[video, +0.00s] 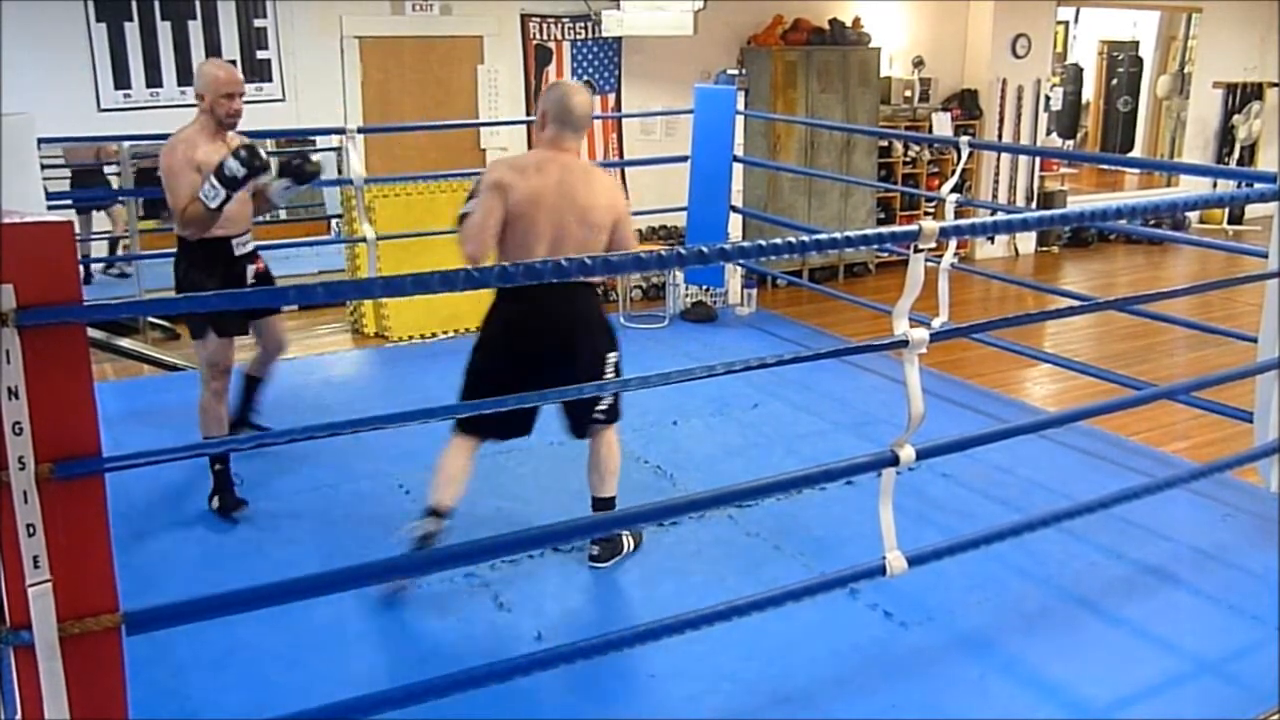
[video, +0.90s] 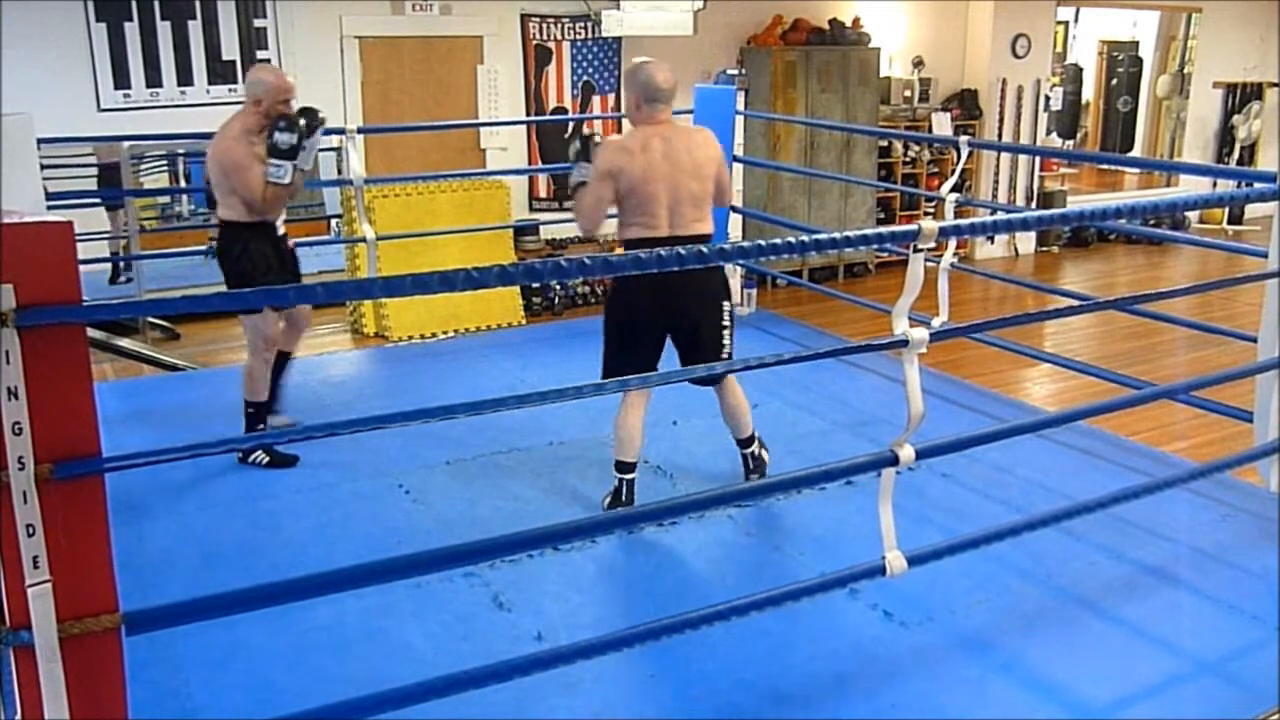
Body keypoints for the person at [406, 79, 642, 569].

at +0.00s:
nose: (533, 124)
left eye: (536, 117)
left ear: (541, 122)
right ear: (588, 127)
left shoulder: (505, 174)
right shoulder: (606, 185)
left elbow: (474, 251)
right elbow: (628, 260)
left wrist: (475, 206)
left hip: (515, 318)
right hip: (582, 319)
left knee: (469, 429)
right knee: (603, 425)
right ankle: (604, 537)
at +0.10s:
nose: (546, 102)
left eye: (549, 95)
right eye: (551, 94)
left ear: (556, 101)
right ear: (606, 106)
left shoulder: (526, 153)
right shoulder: (626, 163)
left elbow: (496, 233)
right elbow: (641, 234)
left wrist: (487, 193)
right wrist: (597, 219)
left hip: (538, 306)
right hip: (605, 305)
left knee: (511, 413)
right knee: (612, 417)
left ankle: (501, 515)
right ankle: (609, 532)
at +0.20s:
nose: (556, 91)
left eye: (560, 83)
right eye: (563, 83)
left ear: (567, 89)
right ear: (613, 93)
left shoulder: (538, 138)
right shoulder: (637, 146)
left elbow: (505, 213)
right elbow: (653, 211)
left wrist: (499, 173)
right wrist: (606, 196)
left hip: (554, 291)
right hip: (621, 288)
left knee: (559, 404)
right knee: (619, 413)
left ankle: (564, 509)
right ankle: (614, 526)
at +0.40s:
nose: (571, 109)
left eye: (572, 102)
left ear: (574, 105)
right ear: (620, 104)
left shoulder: (550, 160)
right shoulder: (651, 154)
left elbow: (524, 242)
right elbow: (676, 219)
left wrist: (519, 198)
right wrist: (633, 205)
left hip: (584, 299)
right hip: (646, 293)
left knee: (608, 401)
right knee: (668, 395)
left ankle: (621, 492)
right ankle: (649, 471)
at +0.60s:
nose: (579, 95)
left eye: (581, 90)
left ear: (584, 96)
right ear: (630, 94)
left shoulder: (565, 149)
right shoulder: (664, 139)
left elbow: (549, 226)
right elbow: (703, 196)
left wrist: (571, 190)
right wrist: (665, 178)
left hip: (603, 283)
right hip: (666, 277)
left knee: (618, 391)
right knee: (699, 373)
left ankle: (620, 494)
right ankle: (722, 470)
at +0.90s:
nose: (620, 102)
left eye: (622, 95)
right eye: (624, 95)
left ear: (630, 102)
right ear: (672, 98)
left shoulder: (615, 150)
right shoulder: (705, 141)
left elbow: (588, 222)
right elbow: (724, 198)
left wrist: (584, 181)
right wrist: (683, 175)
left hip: (641, 280)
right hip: (700, 277)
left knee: (636, 390)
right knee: (723, 375)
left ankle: (624, 492)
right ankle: (754, 460)